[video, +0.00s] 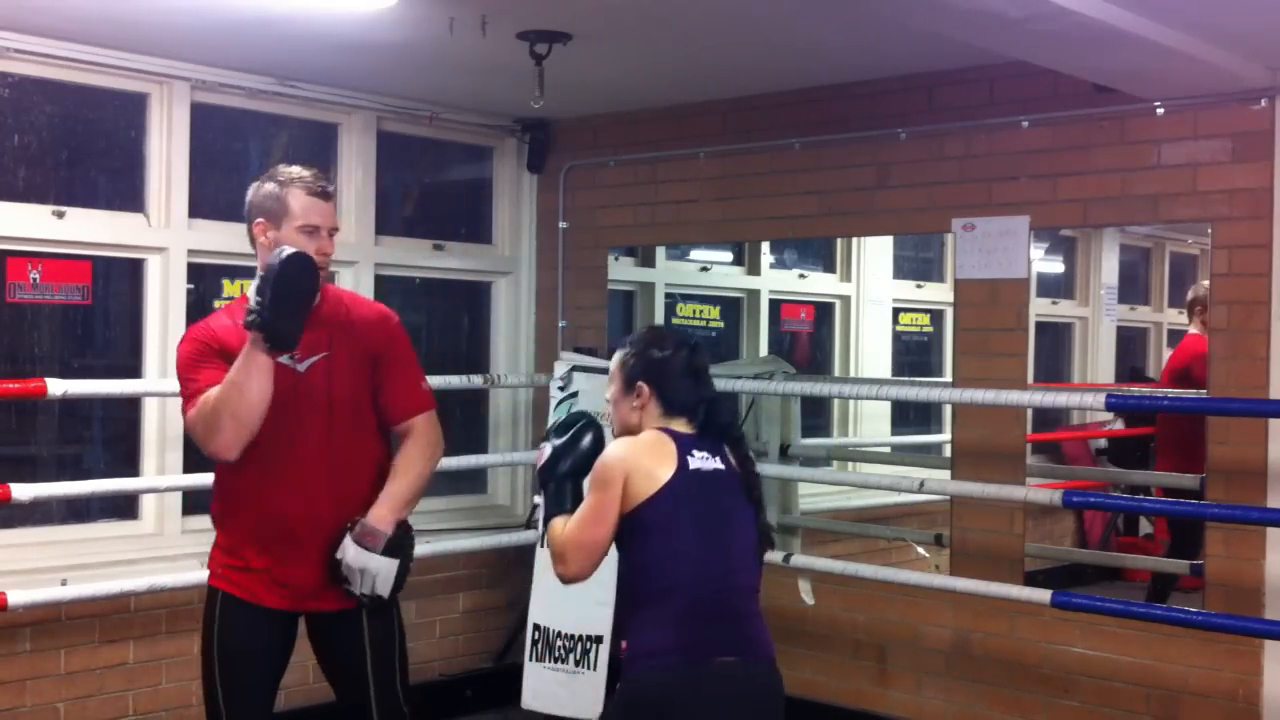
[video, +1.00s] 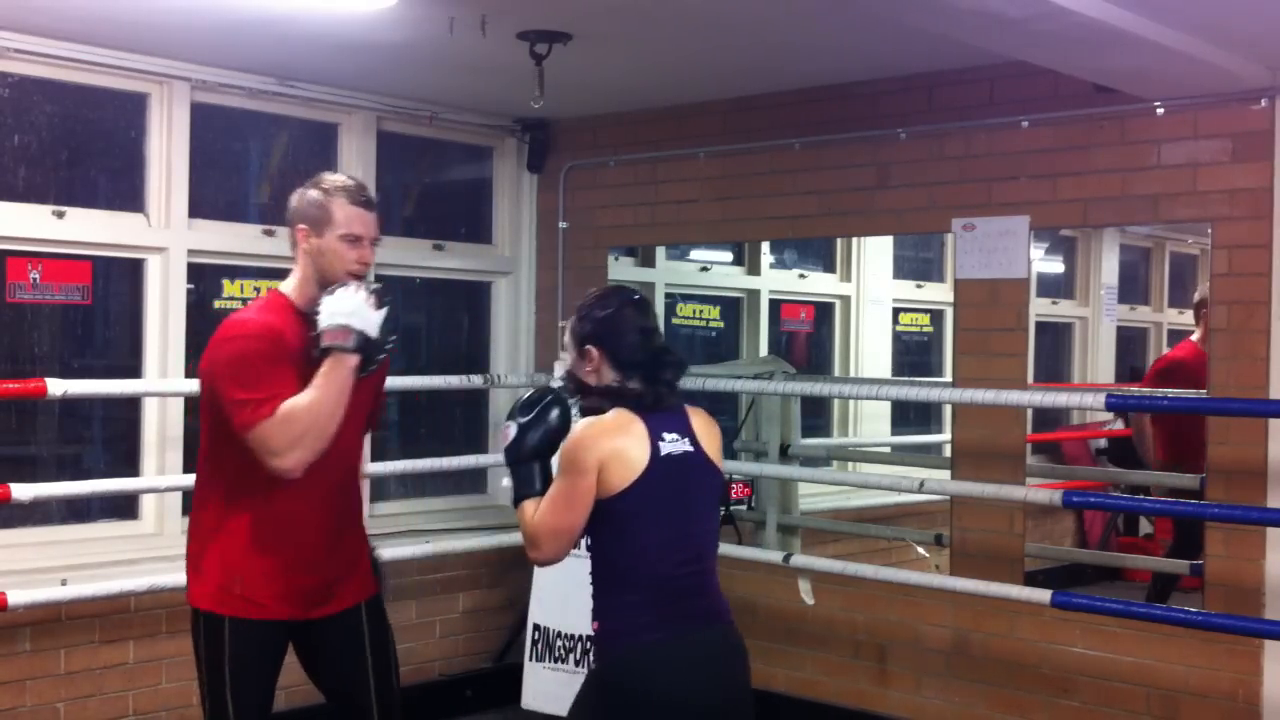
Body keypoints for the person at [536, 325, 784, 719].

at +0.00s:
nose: (608, 409)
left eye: (612, 397)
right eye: (608, 398)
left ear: (641, 396)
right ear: (690, 396)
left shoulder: (625, 454)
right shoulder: (730, 456)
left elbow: (570, 564)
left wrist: (555, 487)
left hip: (662, 681)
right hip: (750, 681)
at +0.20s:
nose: (590, 398)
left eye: (594, 388)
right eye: (591, 387)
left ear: (621, 394)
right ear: (671, 388)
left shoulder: (591, 463)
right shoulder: (711, 454)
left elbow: (524, 548)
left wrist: (531, 474)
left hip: (627, 686)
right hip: (717, 683)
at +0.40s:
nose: (482, 385)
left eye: (488, 370)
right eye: (484, 370)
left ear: (523, 382)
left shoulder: (554, 455)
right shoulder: (589, 440)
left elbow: (519, 565)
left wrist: (466, 508)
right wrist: (473, 501)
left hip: (601, 682)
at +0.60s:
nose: (456, 396)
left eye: (457, 383)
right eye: (453, 382)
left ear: (484, 390)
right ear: (535, 375)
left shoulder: (531, 470)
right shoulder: (571, 443)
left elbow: (489, 588)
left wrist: (436, 517)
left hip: (583, 690)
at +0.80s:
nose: (522, 384)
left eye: (523, 373)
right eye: (522, 372)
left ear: (541, 379)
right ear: (597, 366)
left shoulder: (553, 463)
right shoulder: (658, 439)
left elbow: (500, 563)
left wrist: (477, 485)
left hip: (609, 685)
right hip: (689, 674)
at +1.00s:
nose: (567, 367)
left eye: (569, 353)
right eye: (565, 352)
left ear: (592, 359)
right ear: (648, 349)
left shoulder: (594, 438)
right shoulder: (704, 426)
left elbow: (543, 546)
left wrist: (524, 462)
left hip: (636, 669)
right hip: (717, 661)